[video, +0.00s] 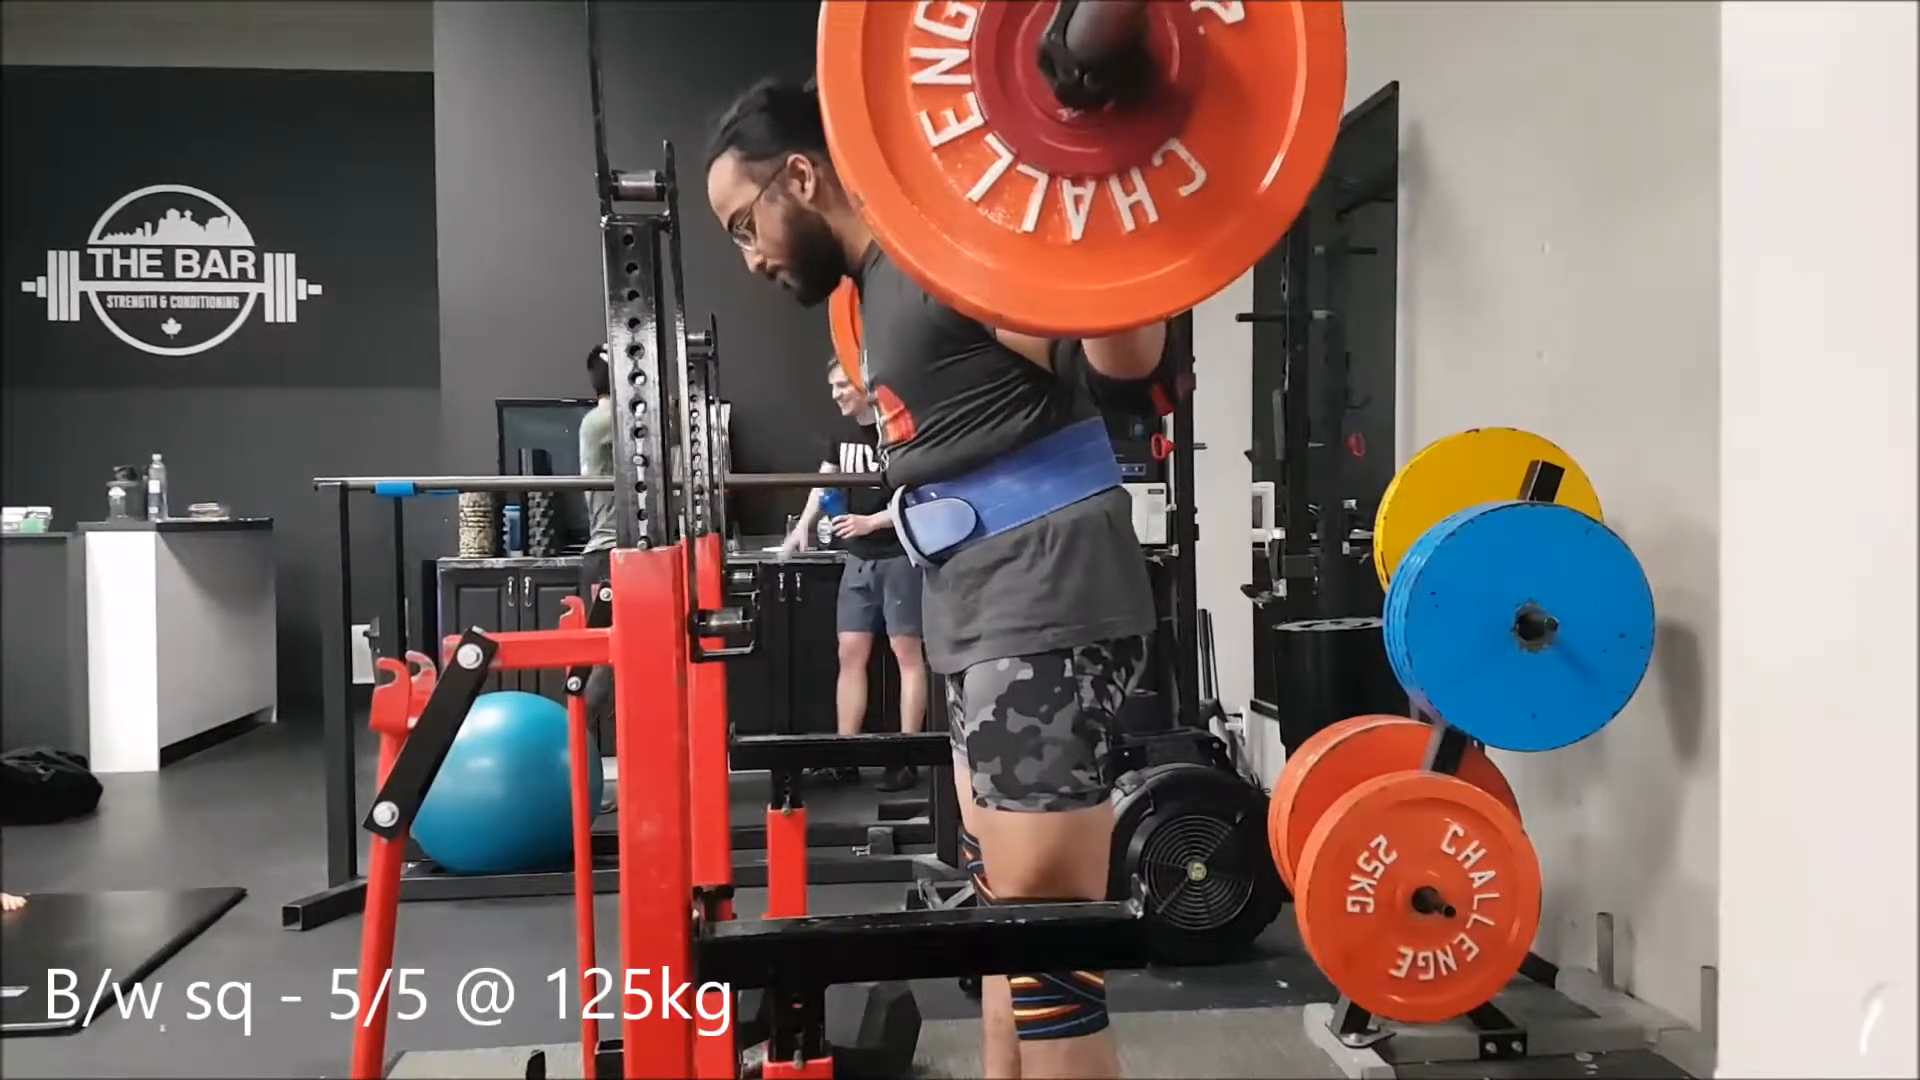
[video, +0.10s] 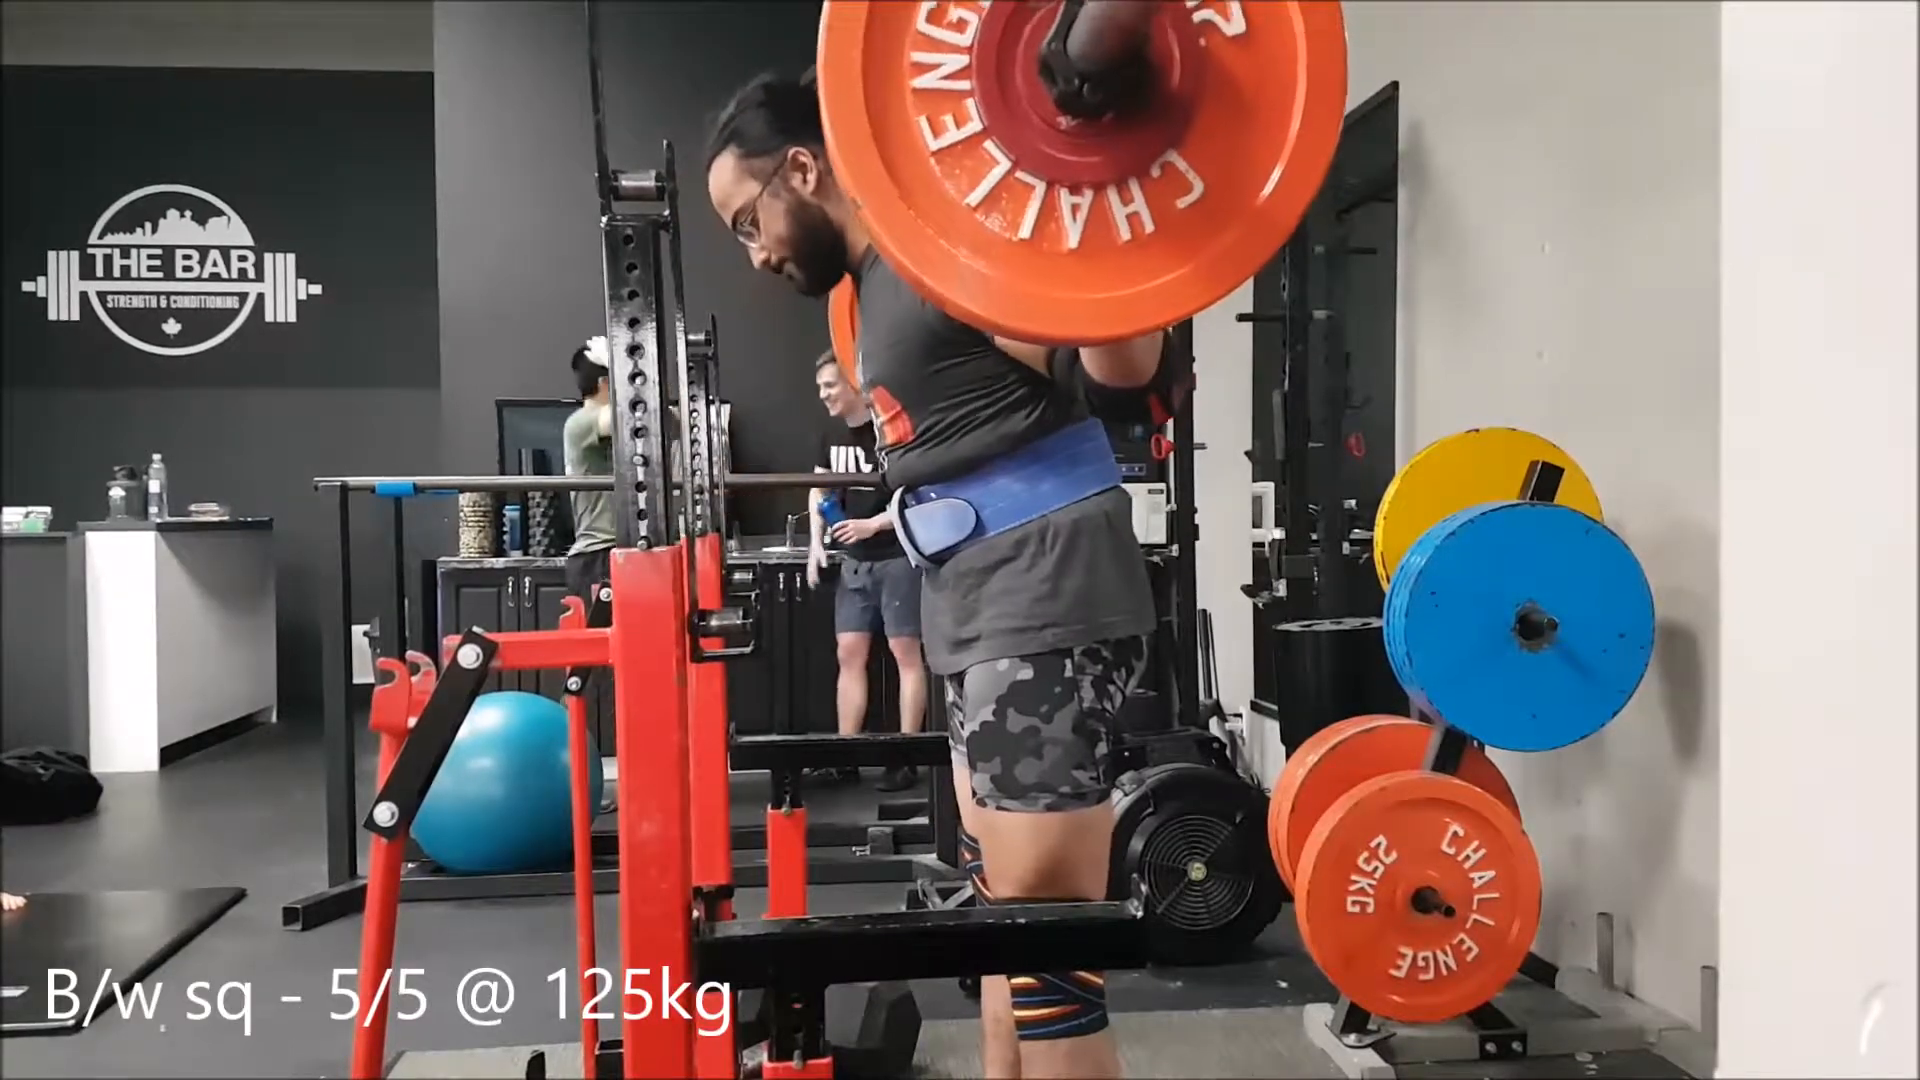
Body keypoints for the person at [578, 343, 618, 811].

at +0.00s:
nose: (634, 377)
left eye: (627, 367)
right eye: (628, 368)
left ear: (597, 377)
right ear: (616, 375)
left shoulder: (596, 420)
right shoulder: (607, 419)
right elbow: (653, 434)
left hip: (603, 549)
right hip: (610, 551)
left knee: (605, 657)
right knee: (612, 658)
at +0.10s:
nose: (620, 384)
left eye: (619, 377)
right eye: (617, 377)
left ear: (593, 384)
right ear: (603, 381)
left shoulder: (613, 419)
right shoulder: (580, 422)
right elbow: (611, 427)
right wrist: (617, 390)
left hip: (618, 552)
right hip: (594, 554)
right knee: (591, 661)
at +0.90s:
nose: (517, 389)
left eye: (516, 383)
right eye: (510, 382)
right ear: (486, 390)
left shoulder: (500, 448)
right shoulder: (455, 429)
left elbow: (517, 511)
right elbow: (509, 407)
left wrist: (564, 522)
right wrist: (498, 365)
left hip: (501, 565)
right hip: (467, 567)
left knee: (509, 667)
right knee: (473, 666)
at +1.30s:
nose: (478, 383)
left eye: (478, 377)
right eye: (470, 376)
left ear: (452, 385)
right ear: (440, 383)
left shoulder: (453, 441)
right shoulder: (415, 430)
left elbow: (463, 511)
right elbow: (410, 501)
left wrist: (480, 577)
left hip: (450, 567)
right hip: (419, 565)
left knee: (452, 672)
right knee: (417, 672)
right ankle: (371, 763)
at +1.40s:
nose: (466, 382)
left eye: (466, 376)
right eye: (457, 375)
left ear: (443, 385)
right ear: (425, 381)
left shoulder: (453, 445)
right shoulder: (392, 433)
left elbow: (458, 518)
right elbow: (385, 506)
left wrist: (466, 582)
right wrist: (422, 560)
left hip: (446, 576)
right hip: (400, 576)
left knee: (447, 678)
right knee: (394, 676)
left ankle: (439, 784)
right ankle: (352, 771)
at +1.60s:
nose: (437, 380)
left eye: (439, 373)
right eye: (427, 372)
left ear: (437, 383)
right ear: (395, 378)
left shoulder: (443, 446)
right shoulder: (354, 437)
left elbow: (454, 515)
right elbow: (334, 513)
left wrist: (464, 573)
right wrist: (346, 572)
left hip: (431, 573)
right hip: (376, 570)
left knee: (434, 681)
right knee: (373, 680)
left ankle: (428, 789)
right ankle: (360, 784)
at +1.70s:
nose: (420, 382)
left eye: (424, 375)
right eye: (411, 373)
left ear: (426, 384)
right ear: (381, 379)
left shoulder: (435, 447)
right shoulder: (343, 438)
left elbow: (457, 511)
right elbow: (315, 504)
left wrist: (474, 569)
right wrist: (309, 564)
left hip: (418, 570)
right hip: (359, 568)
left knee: (420, 673)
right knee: (355, 673)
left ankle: (416, 783)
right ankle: (350, 781)